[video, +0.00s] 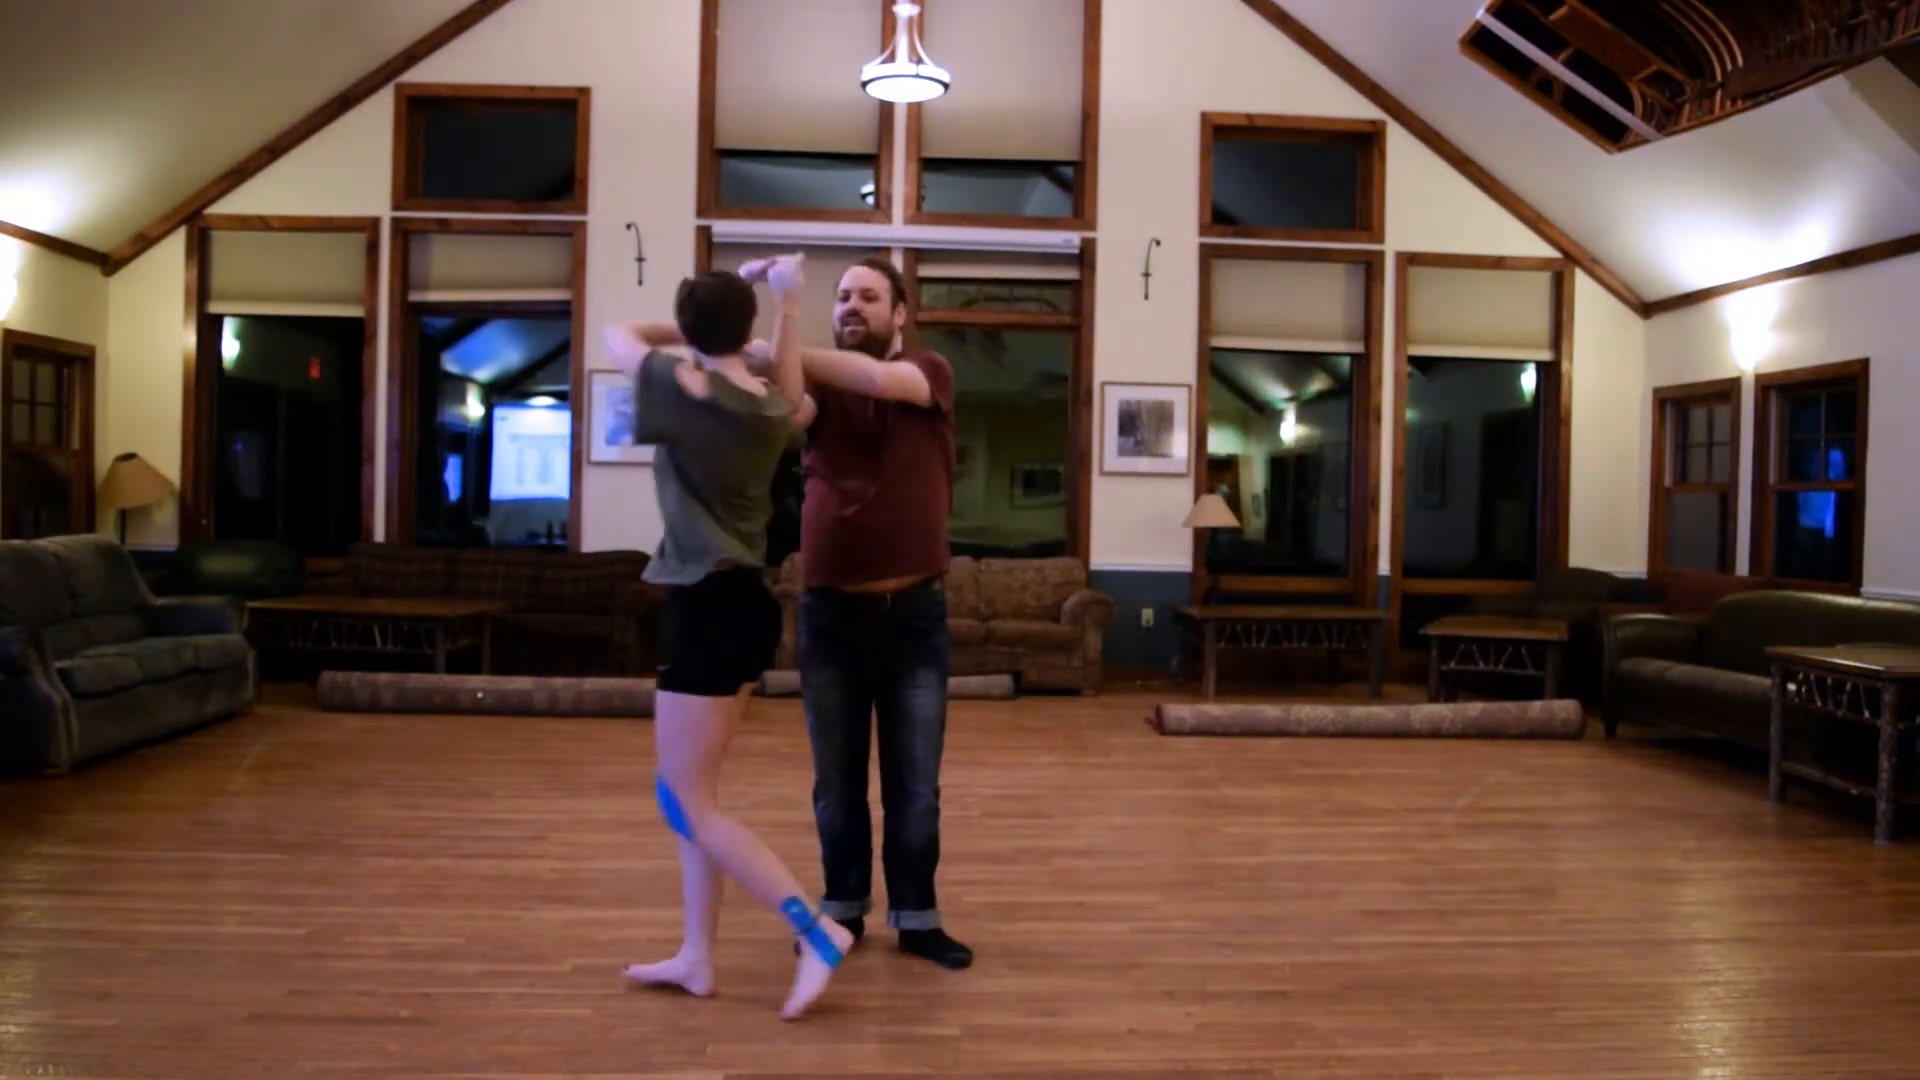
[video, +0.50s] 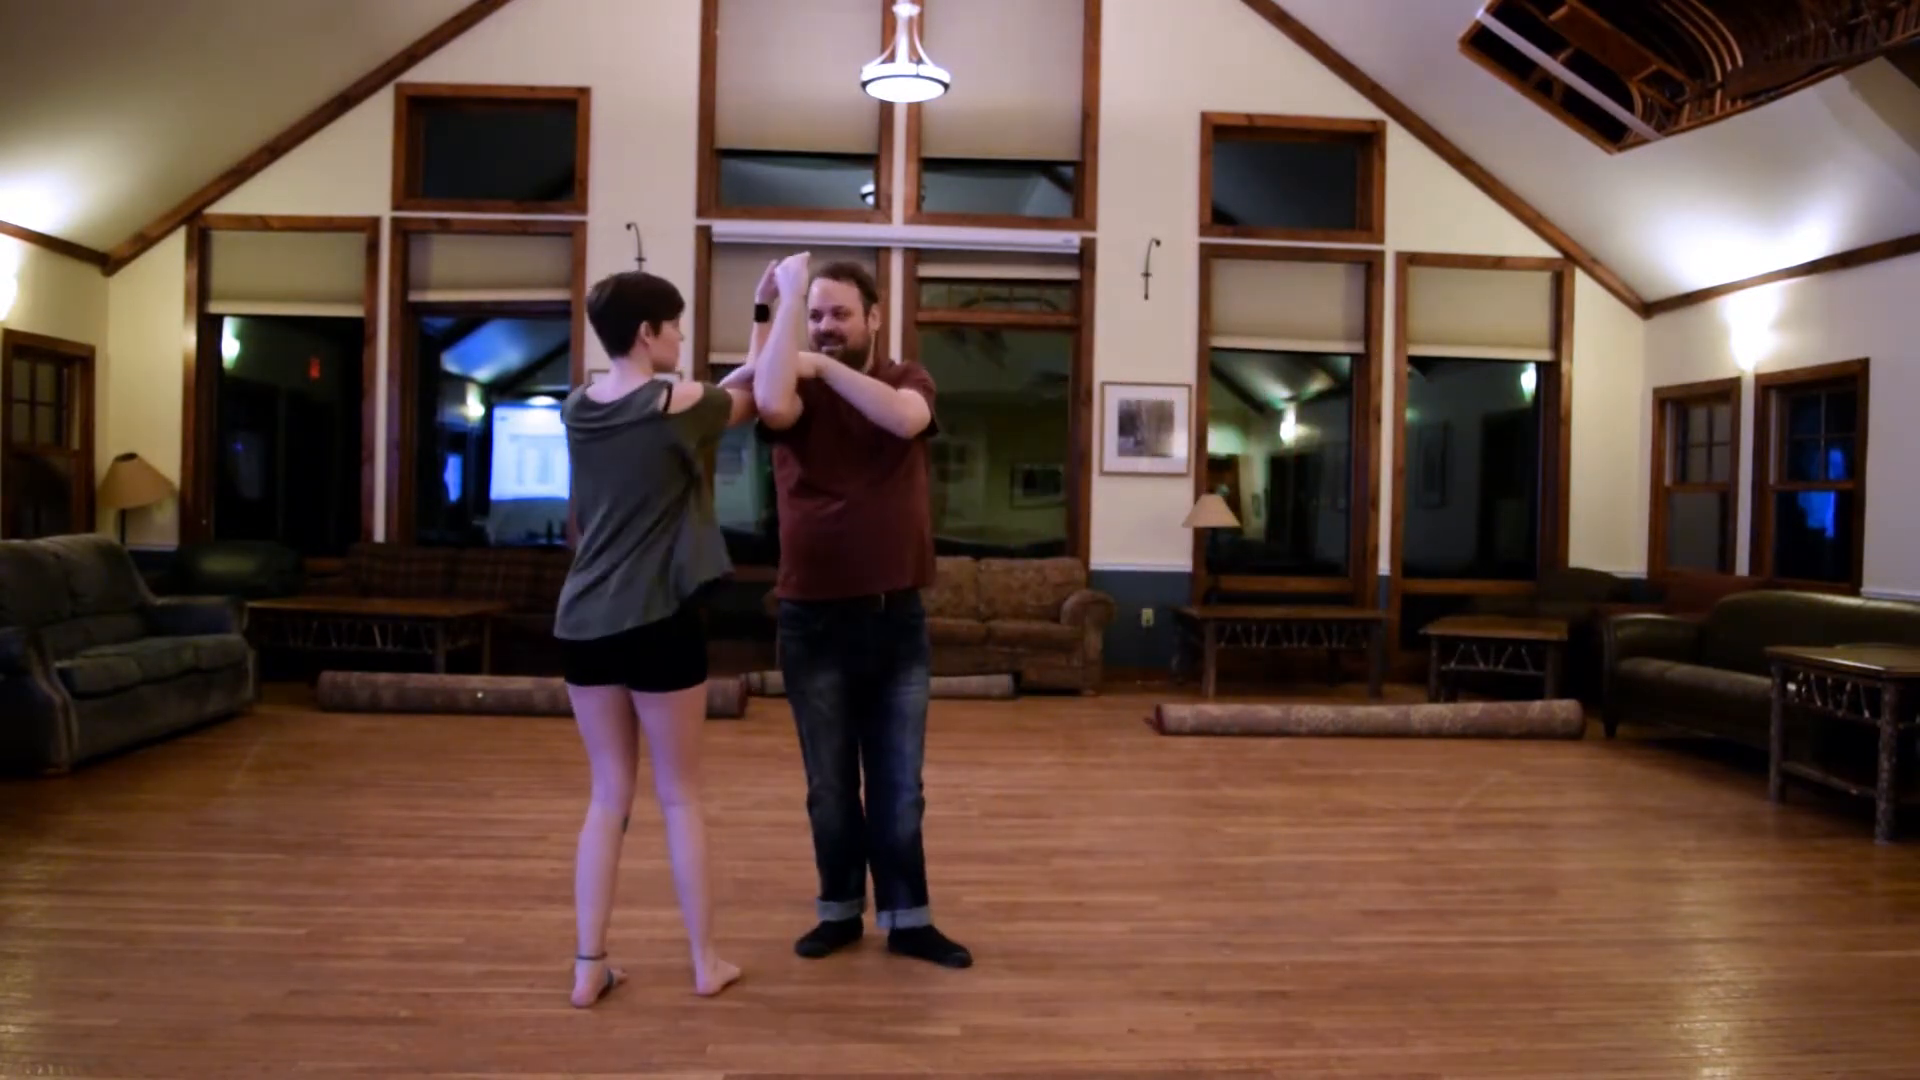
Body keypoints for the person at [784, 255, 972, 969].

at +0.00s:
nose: (849, 306)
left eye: (866, 296)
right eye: (842, 297)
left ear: (900, 312)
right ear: (832, 310)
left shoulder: (931, 373)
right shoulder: (816, 377)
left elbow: (873, 376)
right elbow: (780, 398)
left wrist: (775, 352)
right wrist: (779, 313)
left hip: (915, 602)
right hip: (830, 602)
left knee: (915, 776)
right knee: (838, 773)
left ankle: (917, 918)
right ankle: (842, 913)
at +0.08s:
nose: (844, 311)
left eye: (860, 301)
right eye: (836, 302)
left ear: (890, 314)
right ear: (825, 316)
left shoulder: (924, 375)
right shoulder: (808, 383)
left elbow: (893, 403)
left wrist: (791, 361)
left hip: (909, 604)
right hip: (824, 606)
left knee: (915, 777)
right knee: (833, 775)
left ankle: (918, 919)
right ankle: (841, 911)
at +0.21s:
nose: (831, 317)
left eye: (845, 306)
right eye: (823, 308)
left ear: (880, 316)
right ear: (812, 319)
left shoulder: (912, 374)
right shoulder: (797, 385)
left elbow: (914, 402)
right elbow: (777, 397)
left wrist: (815, 352)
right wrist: (789, 302)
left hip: (904, 604)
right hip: (820, 608)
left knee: (912, 778)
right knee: (831, 777)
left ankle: (910, 919)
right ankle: (840, 913)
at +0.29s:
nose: (827, 322)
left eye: (841, 308)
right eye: (819, 310)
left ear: (878, 316)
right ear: (805, 319)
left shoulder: (908, 373)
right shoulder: (791, 382)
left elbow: (917, 401)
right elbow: (770, 390)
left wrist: (825, 352)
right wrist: (788, 300)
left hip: (901, 602)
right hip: (816, 607)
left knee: (905, 778)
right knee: (830, 777)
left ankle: (907, 920)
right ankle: (840, 912)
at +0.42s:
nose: (827, 322)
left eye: (841, 310)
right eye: (817, 311)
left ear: (873, 316)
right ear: (803, 319)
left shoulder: (904, 375)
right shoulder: (787, 380)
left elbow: (913, 408)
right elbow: (773, 399)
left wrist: (823, 357)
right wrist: (782, 308)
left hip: (898, 604)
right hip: (814, 609)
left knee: (903, 779)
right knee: (828, 778)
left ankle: (908, 919)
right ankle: (839, 912)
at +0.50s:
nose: (823, 328)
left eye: (836, 315)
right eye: (814, 316)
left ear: (872, 319)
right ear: (798, 321)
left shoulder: (905, 377)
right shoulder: (783, 382)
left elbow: (905, 416)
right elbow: (773, 405)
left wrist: (821, 364)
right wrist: (784, 311)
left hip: (897, 605)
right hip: (813, 610)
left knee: (899, 776)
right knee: (829, 776)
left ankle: (908, 919)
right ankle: (839, 912)